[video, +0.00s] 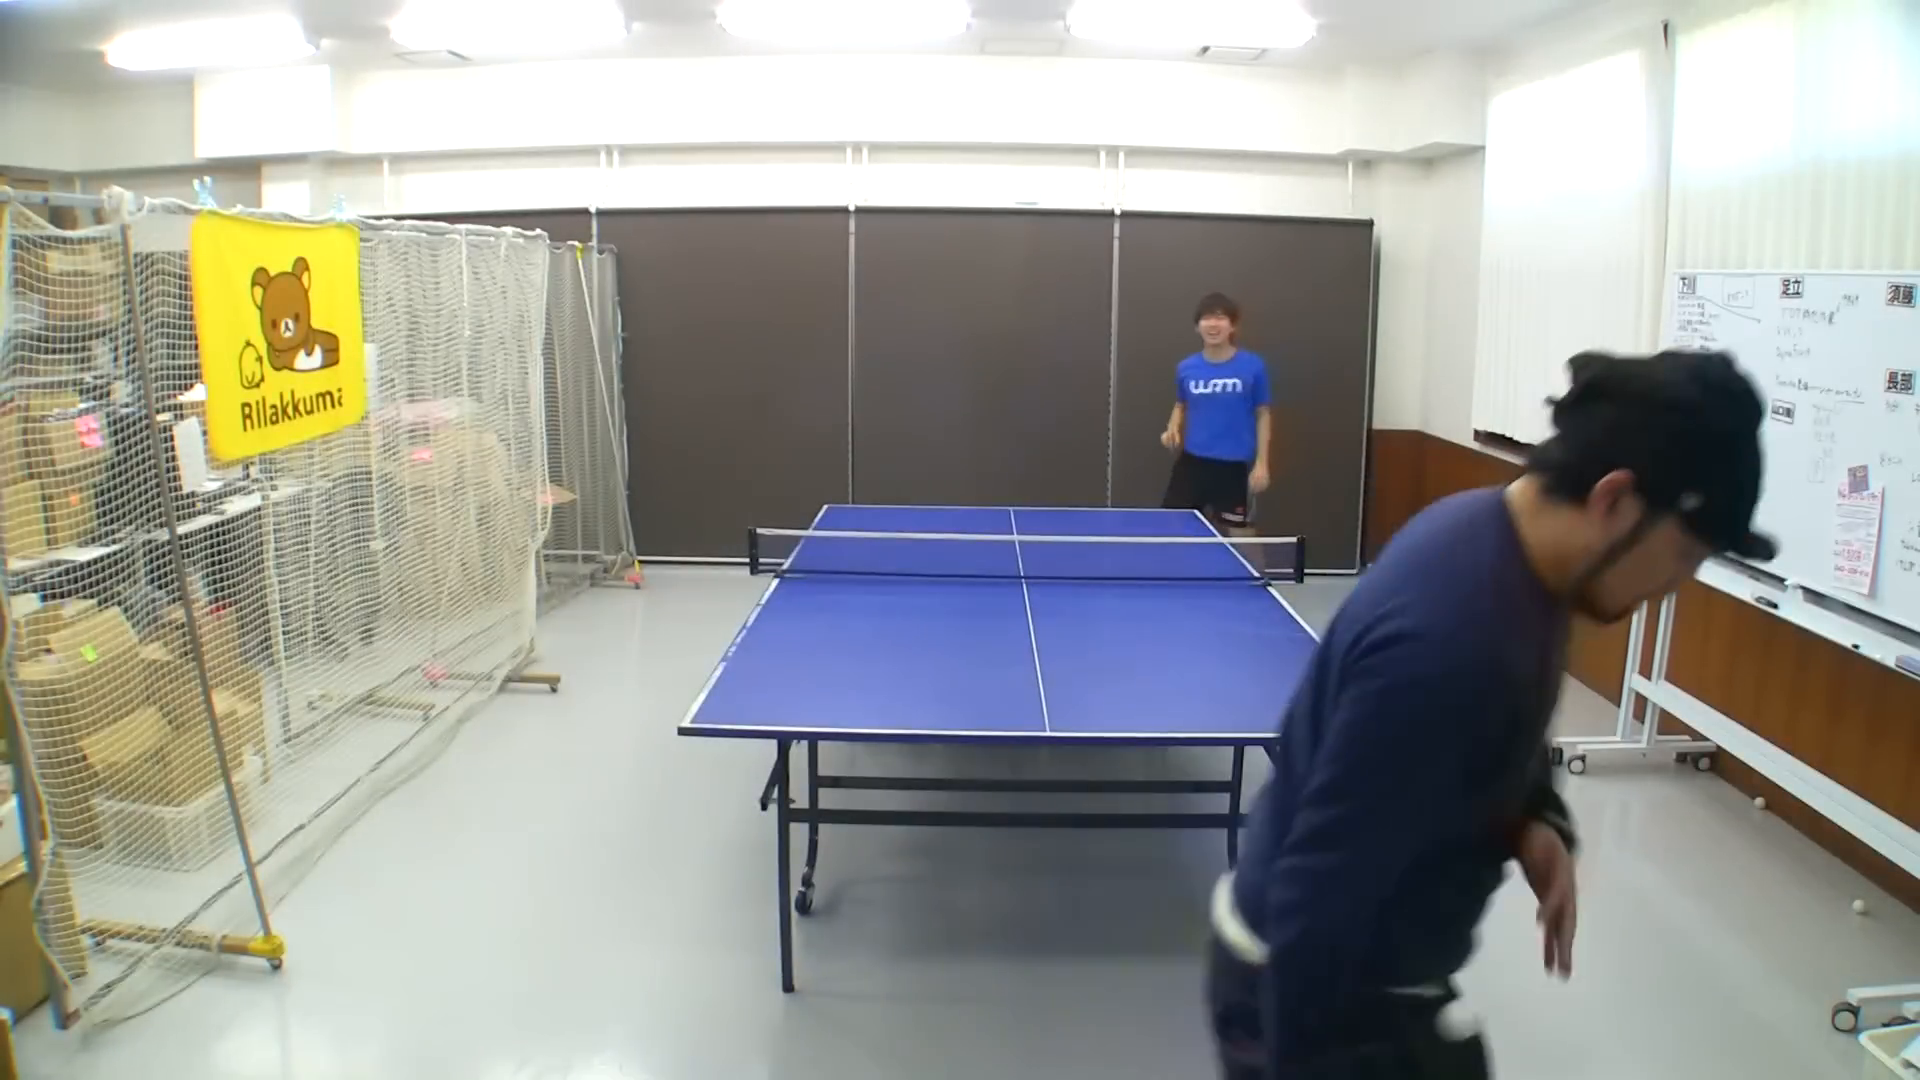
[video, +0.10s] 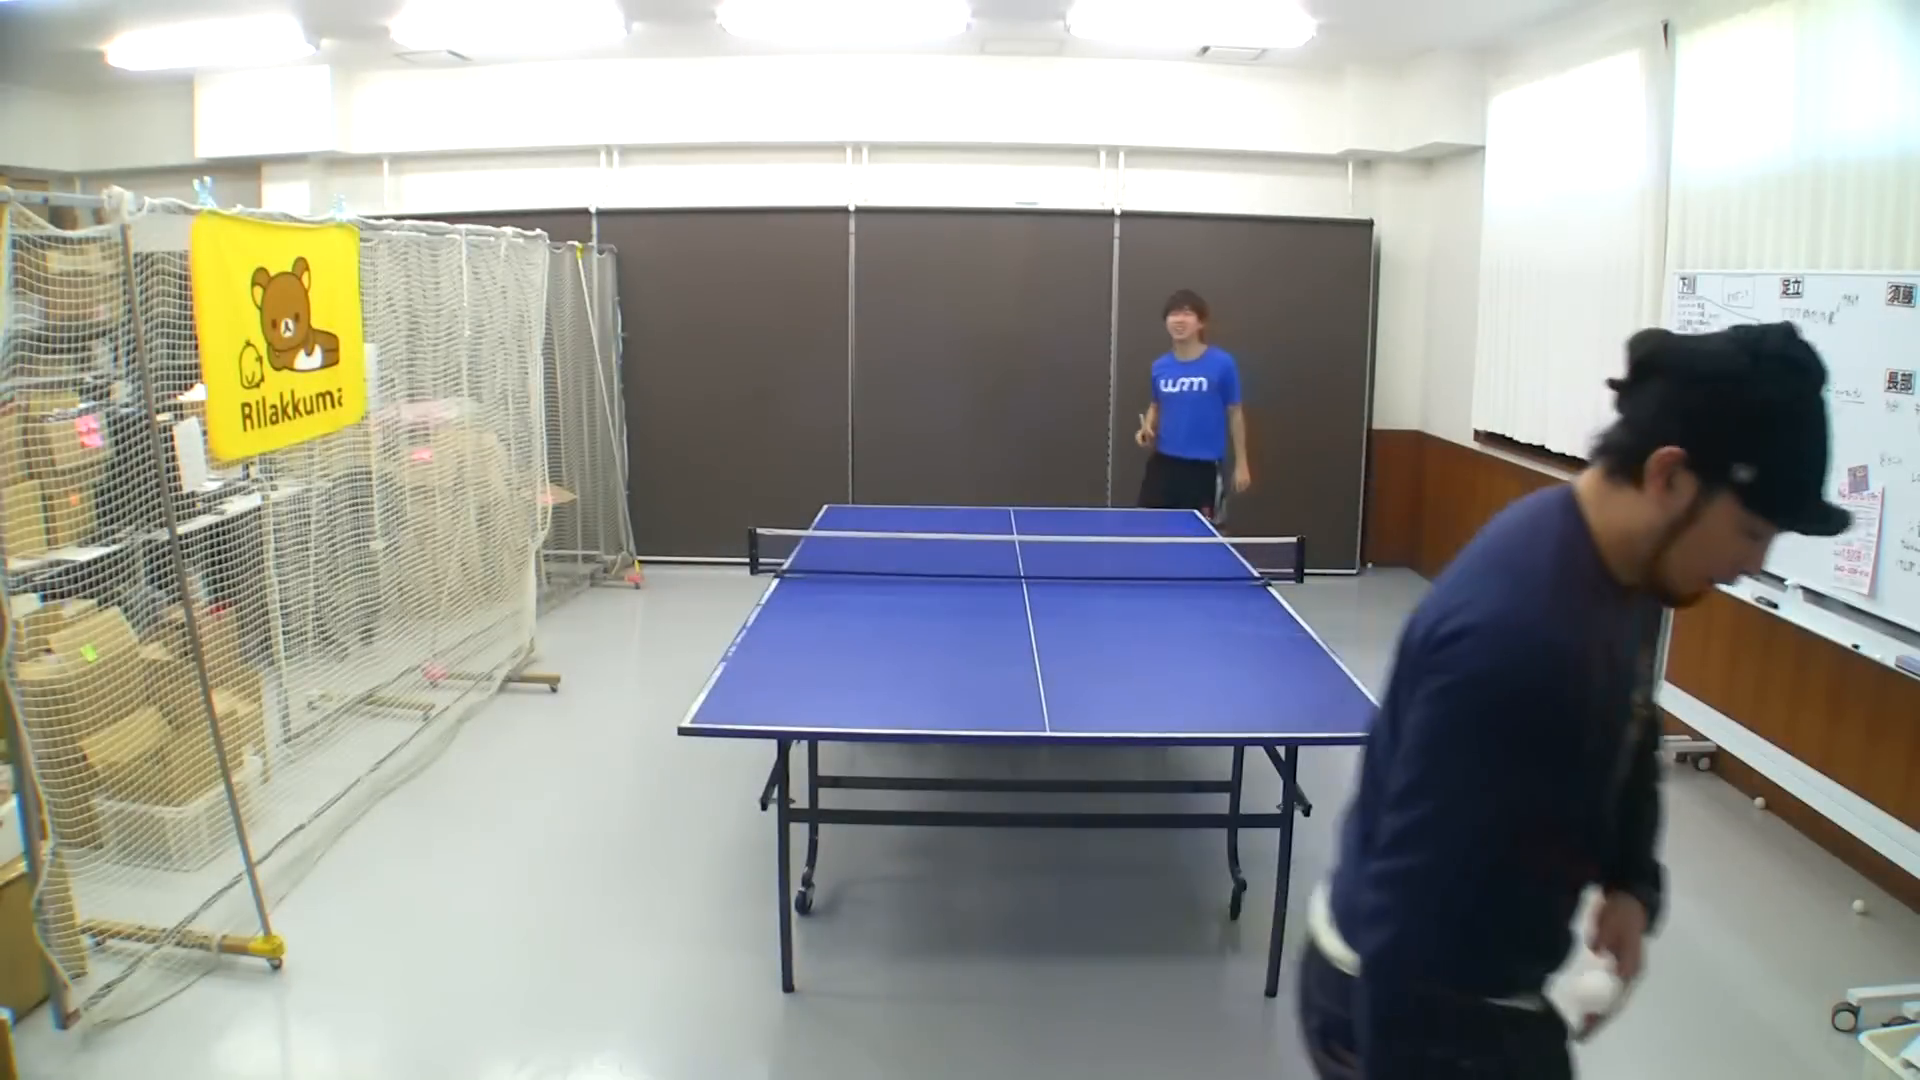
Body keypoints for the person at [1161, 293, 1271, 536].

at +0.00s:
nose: (1212, 324)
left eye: (1220, 317)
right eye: (1206, 318)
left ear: (1233, 325)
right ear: (1197, 325)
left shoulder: (1252, 366)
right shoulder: (1186, 368)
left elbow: (1263, 413)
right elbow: (1180, 403)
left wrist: (1261, 463)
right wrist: (1173, 427)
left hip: (1233, 466)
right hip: (1192, 462)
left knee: (1236, 538)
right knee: (1172, 526)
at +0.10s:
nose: (1179, 320)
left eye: (1187, 313)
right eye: (1173, 313)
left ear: (1200, 322)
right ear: (1165, 321)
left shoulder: (1222, 363)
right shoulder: (1159, 366)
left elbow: (1235, 412)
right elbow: (1155, 404)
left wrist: (1241, 464)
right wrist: (1147, 426)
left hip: (1202, 465)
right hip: (1164, 462)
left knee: (1199, 537)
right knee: (1149, 529)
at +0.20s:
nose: (1148, 312)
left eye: (1156, 305)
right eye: (1144, 306)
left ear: (1174, 314)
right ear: (1137, 315)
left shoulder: (1199, 357)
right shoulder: (1138, 361)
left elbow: (1215, 405)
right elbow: (1130, 397)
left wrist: (1224, 458)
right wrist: (1124, 413)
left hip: (1181, 456)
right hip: (1145, 454)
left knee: (1170, 526)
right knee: (1133, 524)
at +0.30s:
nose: (1125, 309)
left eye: (1133, 302)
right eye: (1123, 303)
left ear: (1153, 311)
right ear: (1119, 310)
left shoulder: (1177, 354)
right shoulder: (1118, 356)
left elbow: (1198, 402)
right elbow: (1107, 391)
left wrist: (1205, 455)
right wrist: (1100, 405)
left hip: (1162, 454)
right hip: (1127, 452)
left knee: (1146, 526)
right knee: (1120, 524)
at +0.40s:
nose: (1105, 310)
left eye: (1115, 305)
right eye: (1104, 304)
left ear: (1134, 315)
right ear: (1099, 311)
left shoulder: (1155, 359)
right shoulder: (1099, 360)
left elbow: (1177, 406)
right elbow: (1085, 398)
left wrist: (1180, 461)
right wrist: (1076, 413)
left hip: (1142, 459)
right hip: (1108, 456)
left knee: (1126, 528)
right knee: (1106, 527)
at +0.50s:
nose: (1087, 315)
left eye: (1097, 309)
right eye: (1087, 308)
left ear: (1117, 320)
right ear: (1083, 314)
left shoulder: (1136, 366)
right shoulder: (1083, 363)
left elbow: (1153, 417)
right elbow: (1069, 402)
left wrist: (1150, 473)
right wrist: (1053, 429)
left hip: (1119, 463)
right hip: (1086, 460)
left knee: (1102, 531)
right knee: (1085, 529)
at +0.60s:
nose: (1072, 316)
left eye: (1083, 311)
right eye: (1071, 309)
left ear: (1102, 323)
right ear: (1066, 314)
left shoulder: (1115, 368)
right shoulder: (1066, 363)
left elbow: (1126, 424)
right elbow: (1057, 412)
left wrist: (1118, 480)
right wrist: (1035, 451)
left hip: (1095, 467)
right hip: (1063, 462)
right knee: (1056, 530)